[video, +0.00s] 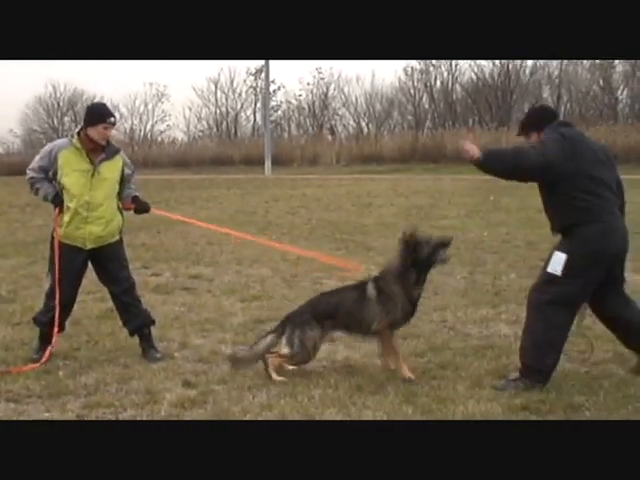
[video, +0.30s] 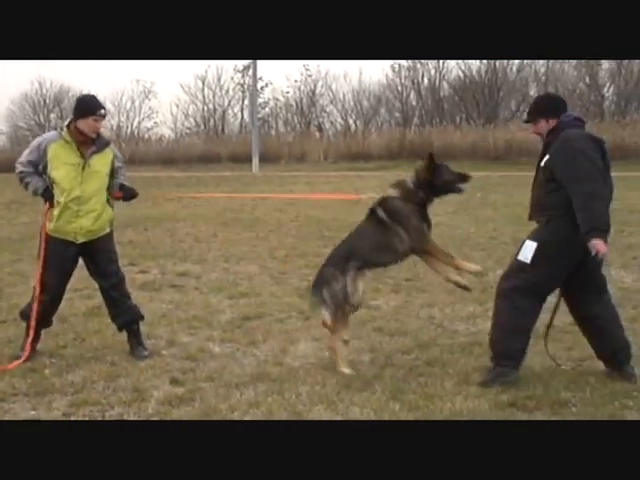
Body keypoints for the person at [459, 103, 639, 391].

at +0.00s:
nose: (529, 144)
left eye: (529, 138)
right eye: (527, 139)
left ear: (539, 132)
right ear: (556, 126)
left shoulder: (554, 144)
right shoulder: (594, 146)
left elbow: (525, 161)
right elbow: (616, 190)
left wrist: (481, 157)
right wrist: (613, 226)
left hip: (584, 239)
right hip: (613, 236)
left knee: (547, 300)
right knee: (608, 299)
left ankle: (532, 377)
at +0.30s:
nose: (534, 131)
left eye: (535, 124)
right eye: (532, 125)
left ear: (550, 120)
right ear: (553, 120)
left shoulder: (569, 144)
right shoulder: (574, 141)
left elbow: (589, 188)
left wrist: (595, 233)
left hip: (558, 233)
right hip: (575, 236)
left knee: (516, 288)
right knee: (590, 299)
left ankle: (505, 365)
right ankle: (620, 363)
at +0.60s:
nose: (489, 137)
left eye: (489, 131)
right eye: (487, 131)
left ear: (499, 126)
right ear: (522, 120)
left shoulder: (511, 140)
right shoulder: (557, 145)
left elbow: (509, 173)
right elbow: (569, 192)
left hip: (532, 241)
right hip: (572, 239)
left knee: (500, 300)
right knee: (584, 297)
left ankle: (477, 369)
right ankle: (609, 360)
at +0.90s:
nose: (486, 134)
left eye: (486, 128)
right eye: (484, 128)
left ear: (497, 123)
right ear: (517, 118)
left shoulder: (506, 138)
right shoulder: (549, 146)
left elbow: (490, 167)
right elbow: (573, 195)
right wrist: (563, 236)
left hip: (515, 240)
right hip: (553, 240)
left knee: (476, 296)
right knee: (555, 298)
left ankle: (462, 369)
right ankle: (592, 359)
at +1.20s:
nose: (540, 129)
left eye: (544, 123)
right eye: (539, 123)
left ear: (561, 122)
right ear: (564, 124)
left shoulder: (578, 149)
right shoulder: (581, 147)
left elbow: (579, 201)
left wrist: (555, 242)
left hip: (562, 244)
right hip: (580, 246)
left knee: (515, 292)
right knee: (559, 300)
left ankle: (489, 363)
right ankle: (589, 361)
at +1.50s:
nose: (586, 145)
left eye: (585, 139)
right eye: (584, 140)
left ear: (594, 133)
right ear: (611, 124)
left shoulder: (603, 153)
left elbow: (585, 202)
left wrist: (576, 243)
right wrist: (579, 239)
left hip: (633, 242)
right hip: (632, 240)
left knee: (626, 311)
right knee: (626, 309)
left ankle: (639, 383)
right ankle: (636, 383)